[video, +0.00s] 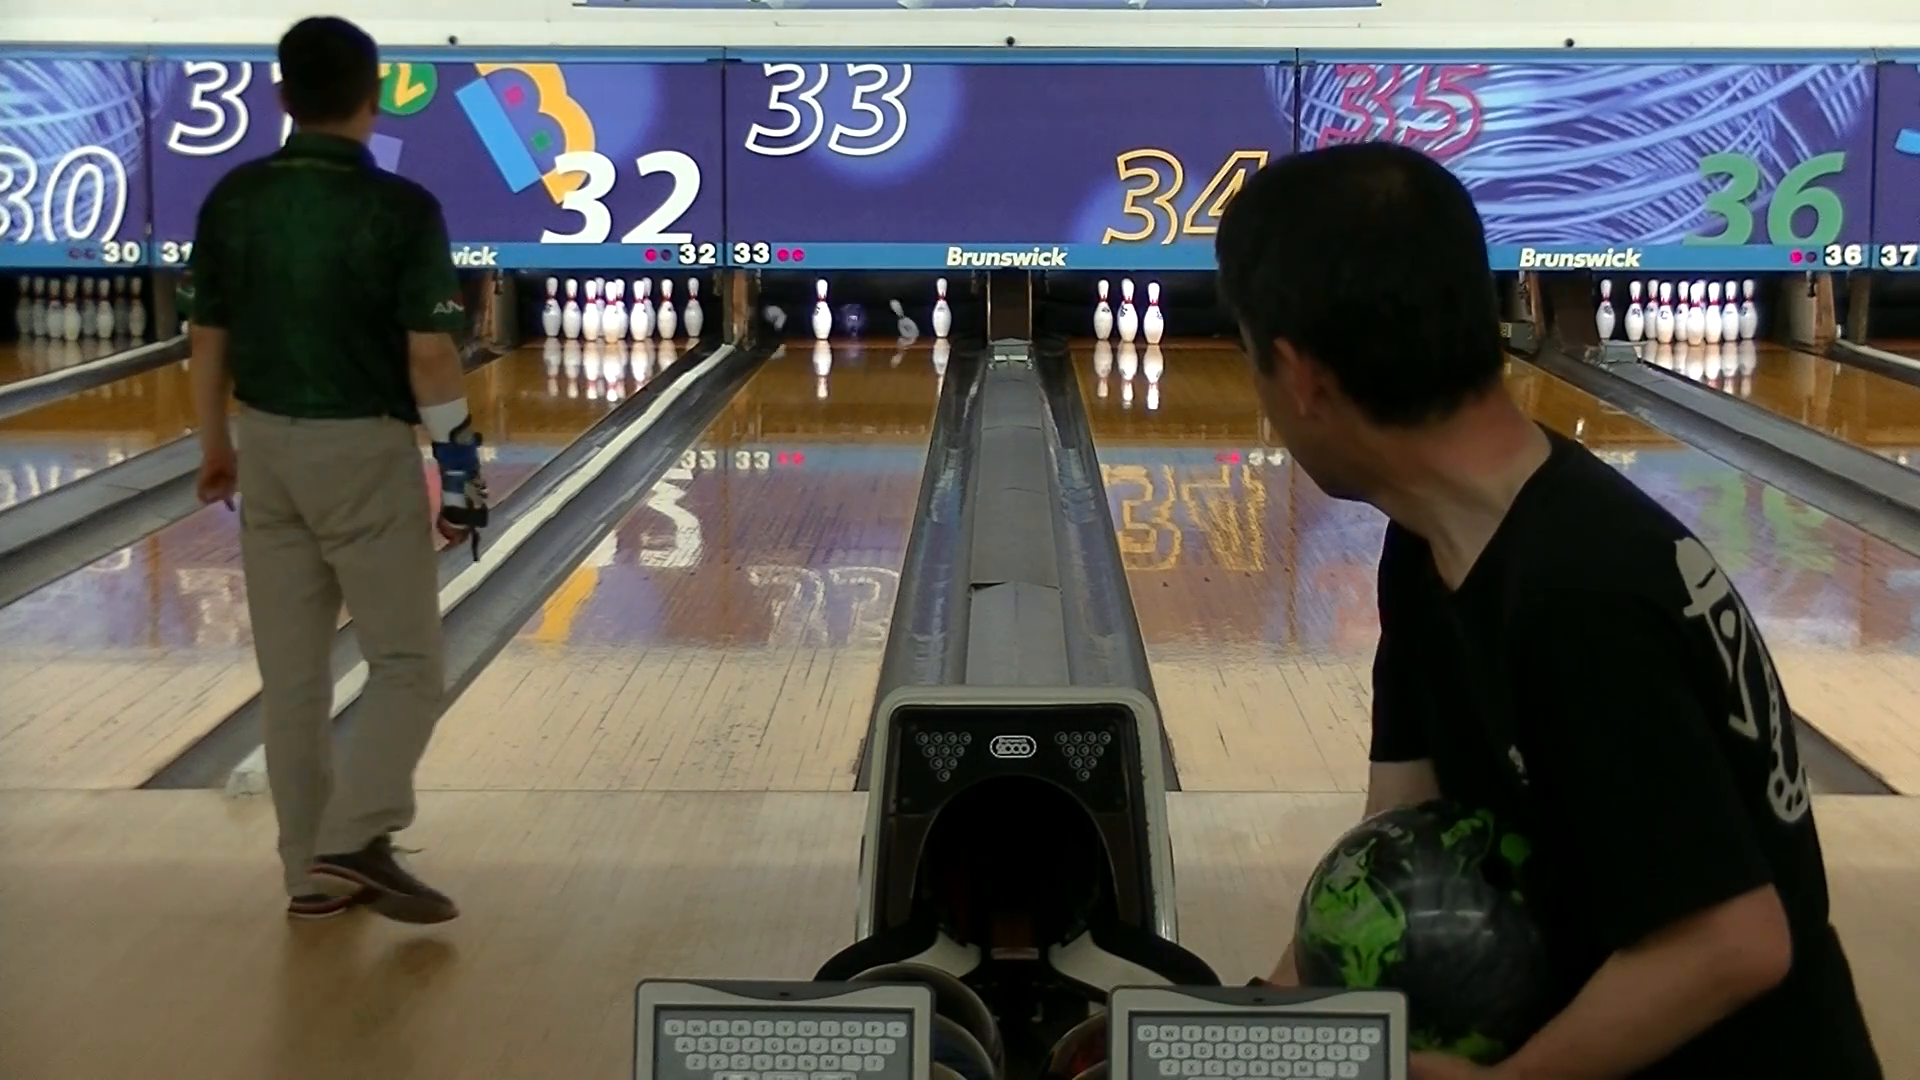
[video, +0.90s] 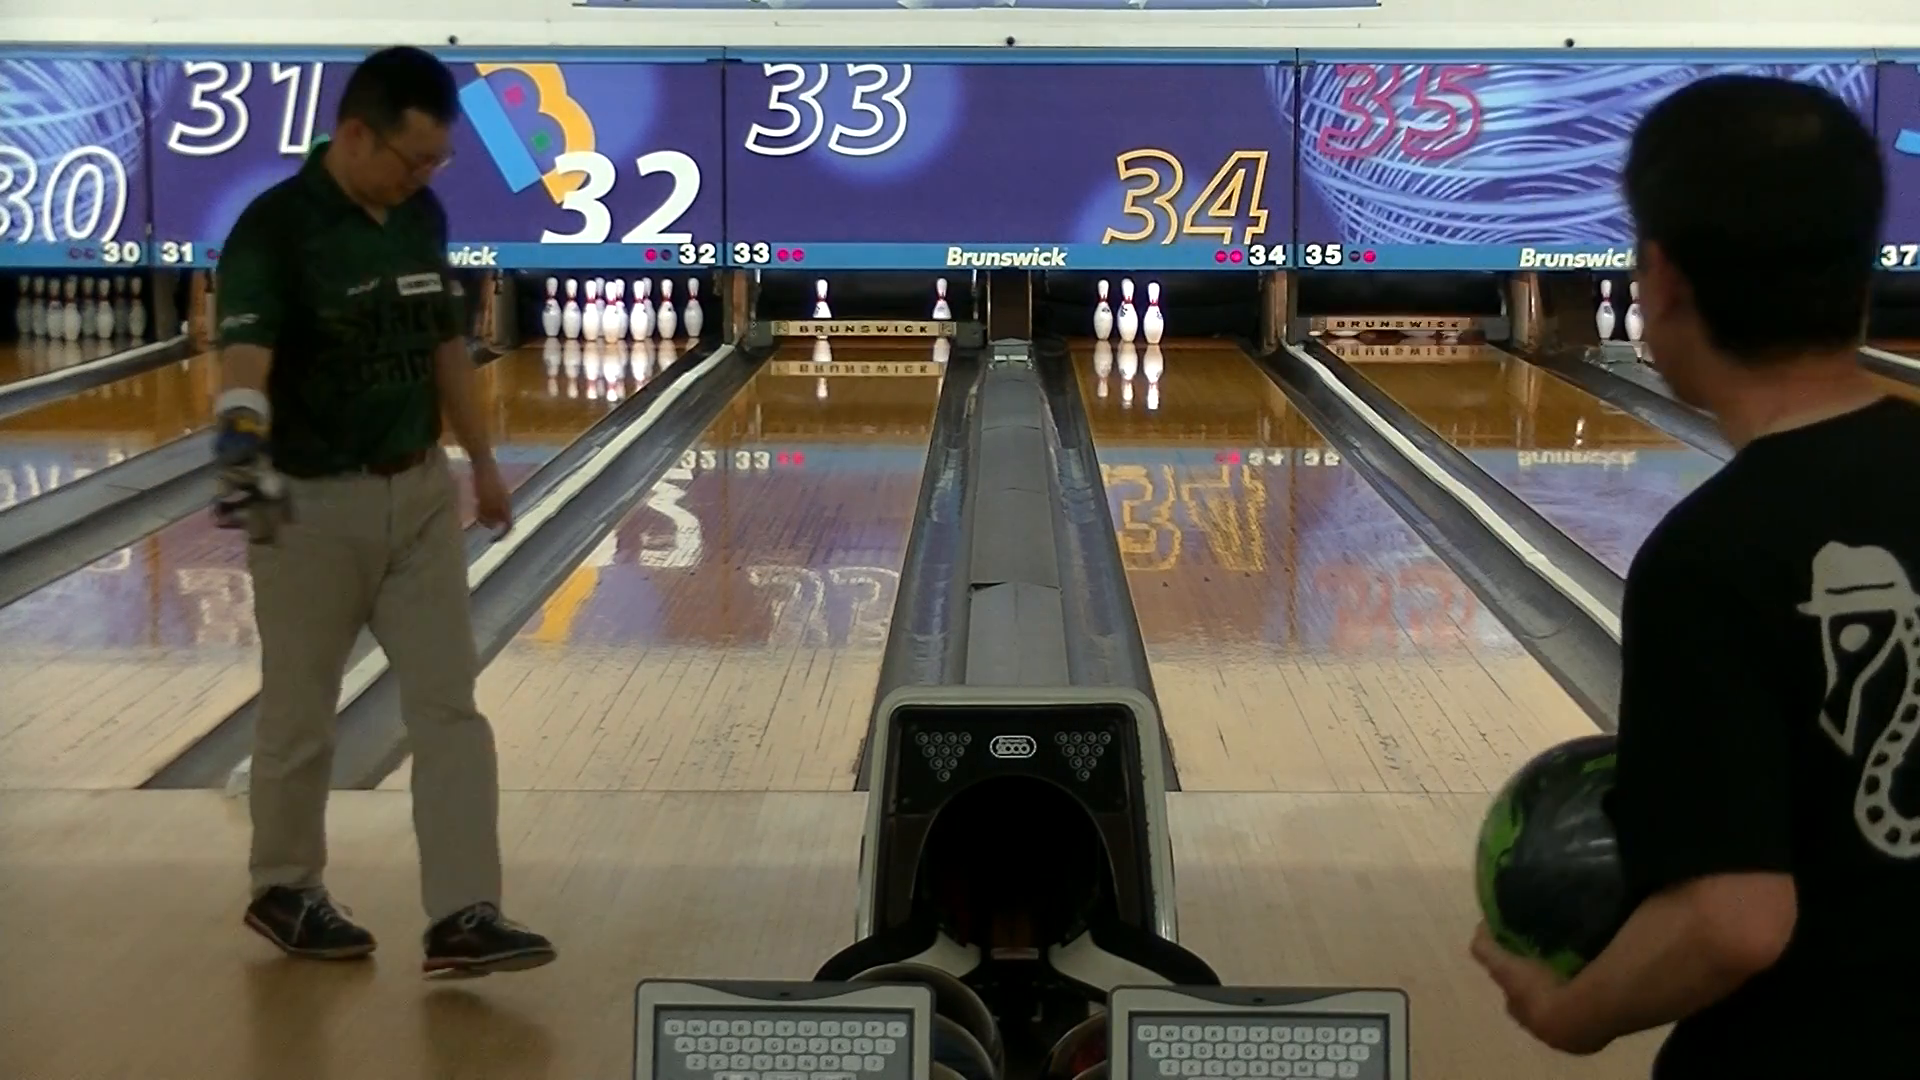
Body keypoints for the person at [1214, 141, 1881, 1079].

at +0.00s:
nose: (1266, 405)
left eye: (1254, 366)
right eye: (1252, 366)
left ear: (1298, 373)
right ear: (1455, 311)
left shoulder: (1585, 584)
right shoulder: (1426, 543)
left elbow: (1736, 941)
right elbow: (1403, 840)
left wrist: (1499, 1075)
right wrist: (1286, 996)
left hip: (1758, 1064)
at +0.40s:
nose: (1309, 373)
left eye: (1303, 344)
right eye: (1302, 342)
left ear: (1353, 358)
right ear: (1511, 306)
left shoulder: (1607, 585)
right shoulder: (1493, 536)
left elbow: (1753, 938)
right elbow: (1442, 820)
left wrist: (1526, 1071)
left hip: (1786, 1062)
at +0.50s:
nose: (1353, 349)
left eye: (1352, 317)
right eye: (1350, 315)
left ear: (1394, 342)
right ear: (1562, 296)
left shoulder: (1604, 586)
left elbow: (1736, 945)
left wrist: (1519, 1067)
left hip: (1765, 1059)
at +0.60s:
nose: (1412, 328)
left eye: (1410, 295)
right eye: (1410, 294)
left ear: (1447, 325)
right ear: (1621, 286)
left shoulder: (1621, 586)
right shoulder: (1723, 488)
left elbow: (1731, 943)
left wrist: (1517, 1061)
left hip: (1763, 1051)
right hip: (1859, 1015)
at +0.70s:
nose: (1480, 318)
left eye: (1480, 284)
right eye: (1482, 283)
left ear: (1513, 309)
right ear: (1695, 277)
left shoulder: (1645, 576)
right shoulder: (1817, 495)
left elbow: (1730, 931)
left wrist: (1529, 1046)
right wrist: (1632, 857)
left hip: (1742, 1057)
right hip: (1878, 1031)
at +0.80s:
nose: (1553, 296)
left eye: (1557, 266)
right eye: (1559, 263)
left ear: (1591, 296)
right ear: (1782, 266)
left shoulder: (1674, 564)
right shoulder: (1890, 480)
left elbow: (1735, 923)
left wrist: (1549, 1031)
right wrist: (1660, 819)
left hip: (1749, 1056)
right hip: (1902, 1031)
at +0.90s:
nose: (1635, 290)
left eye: (1635, 260)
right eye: (1635, 259)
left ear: (1663, 281)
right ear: (1853, 259)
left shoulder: (1709, 557)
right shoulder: (1910, 454)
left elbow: (1737, 918)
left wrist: (1569, 1014)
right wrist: (1692, 798)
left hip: (1775, 1052)